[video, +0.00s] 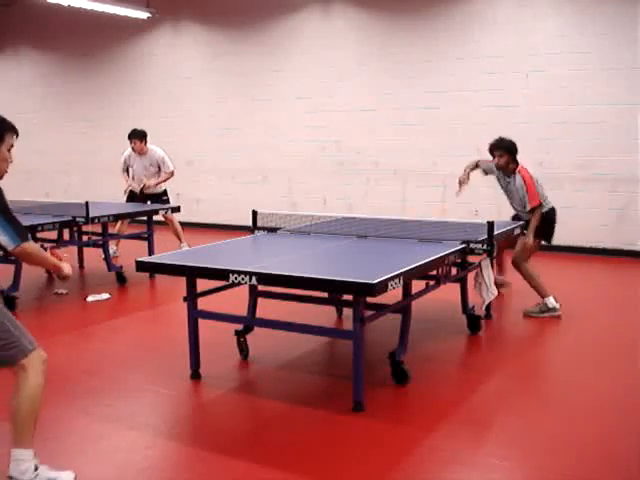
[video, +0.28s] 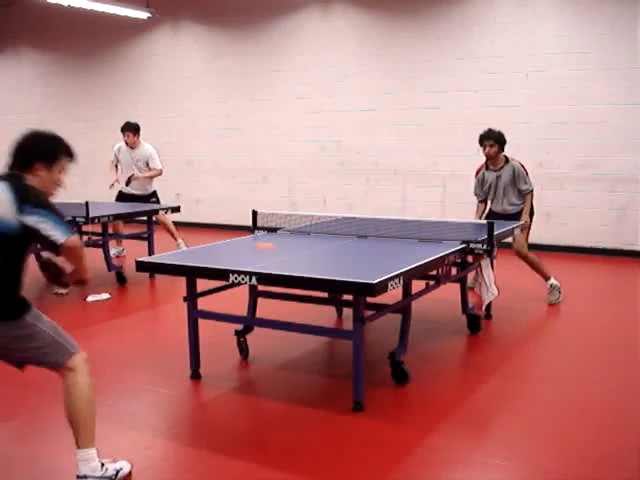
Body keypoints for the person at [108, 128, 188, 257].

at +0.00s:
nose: (132, 146)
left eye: (135, 143)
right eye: (131, 143)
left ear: (143, 142)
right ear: (130, 143)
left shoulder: (157, 154)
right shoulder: (128, 155)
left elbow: (170, 172)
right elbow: (124, 171)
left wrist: (154, 182)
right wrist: (128, 182)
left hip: (157, 193)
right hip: (136, 191)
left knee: (168, 217)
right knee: (123, 218)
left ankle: (183, 243)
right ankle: (114, 246)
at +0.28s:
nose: (125, 140)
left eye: (128, 136)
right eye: (124, 136)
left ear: (136, 136)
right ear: (123, 136)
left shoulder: (148, 151)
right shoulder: (119, 149)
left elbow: (158, 170)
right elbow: (114, 163)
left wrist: (140, 176)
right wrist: (114, 177)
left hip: (147, 194)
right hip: (126, 193)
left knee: (161, 217)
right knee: (115, 218)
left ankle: (179, 242)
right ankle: (119, 247)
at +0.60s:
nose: (134, 156)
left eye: (137, 153)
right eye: (132, 153)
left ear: (143, 153)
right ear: (129, 153)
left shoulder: (151, 168)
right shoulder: (123, 165)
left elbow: (162, 187)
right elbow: (114, 184)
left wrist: (167, 200)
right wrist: (131, 192)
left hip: (142, 204)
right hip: (122, 203)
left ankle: (160, 251)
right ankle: (94, 248)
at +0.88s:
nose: (148, 160)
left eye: (150, 156)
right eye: (144, 158)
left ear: (153, 155)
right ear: (139, 159)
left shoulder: (160, 165)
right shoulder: (135, 167)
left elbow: (174, 178)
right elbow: (127, 185)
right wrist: (138, 198)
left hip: (157, 200)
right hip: (141, 201)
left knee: (155, 220)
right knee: (117, 223)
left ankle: (165, 252)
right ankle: (97, 247)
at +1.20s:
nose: (144, 148)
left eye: (147, 145)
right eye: (143, 145)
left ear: (155, 144)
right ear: (141, 145)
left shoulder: (168, 155)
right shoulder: (143, 156)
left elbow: (168, 175)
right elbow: (134, 166)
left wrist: (141, 173)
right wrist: (128, 174)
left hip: (176, 189)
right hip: (159, 190)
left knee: (179, 215)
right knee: (147, 217)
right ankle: (145, 245)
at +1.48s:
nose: (166, 152)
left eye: (168, 149)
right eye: (164, 149)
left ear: (177, 149)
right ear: (163, 149)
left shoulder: (190, 162)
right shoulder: (163, 160)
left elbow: (194, 184)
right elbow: (161, 173)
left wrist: (178, 195)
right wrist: (165, 186)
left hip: (190, 189)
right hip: (173, 189)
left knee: (201, 214)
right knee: (157, 217)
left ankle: (220, 241)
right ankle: (153, 242)